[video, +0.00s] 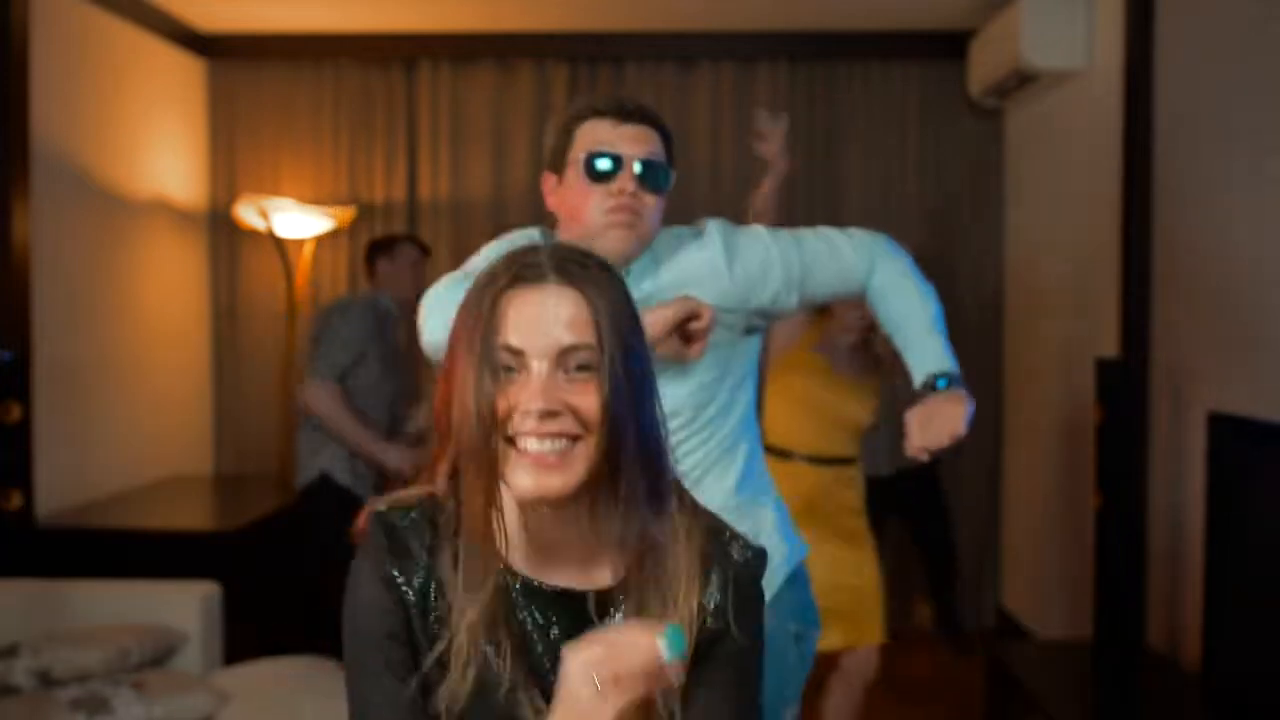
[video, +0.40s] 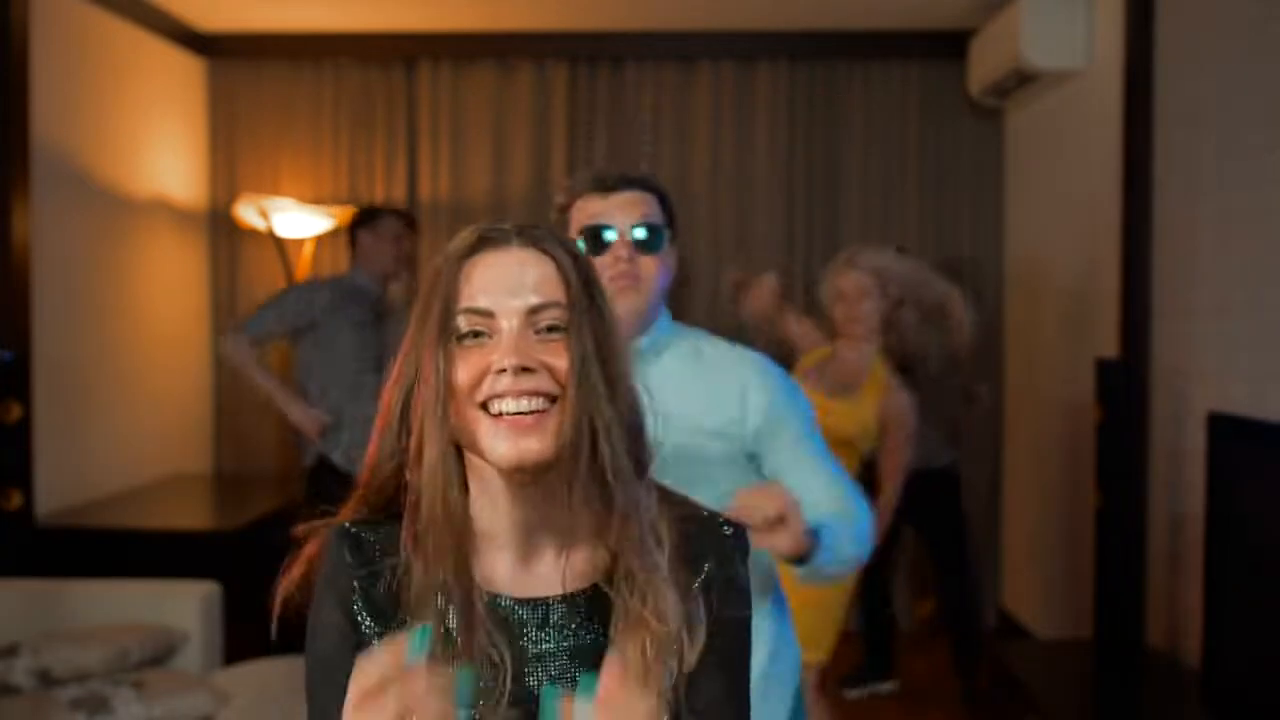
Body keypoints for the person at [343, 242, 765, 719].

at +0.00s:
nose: (541, 402)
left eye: (578, 368)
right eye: (507, 367)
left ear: (625, 387)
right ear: (465, 387)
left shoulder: (716, 571)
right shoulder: (399, 553)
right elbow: (385, 705)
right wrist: (570, 704)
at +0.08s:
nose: (535, 374)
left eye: (572, 340)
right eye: (500, 341)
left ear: (620, 362)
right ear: (457, 366)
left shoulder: (713, 551)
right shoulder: (385, 539)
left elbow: (720, 705)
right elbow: (378, 706)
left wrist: (642, 705)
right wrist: (524, 691)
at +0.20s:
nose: (527, 357)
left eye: (563, 323)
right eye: (488, 326)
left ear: (613, 347)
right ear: (445, 357)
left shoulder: (708, 535)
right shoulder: (376, 537)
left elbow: (714, 705)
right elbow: (364, 705)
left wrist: (629, 702)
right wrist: (469, 675)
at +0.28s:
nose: (523, 357)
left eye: (558, 324)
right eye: (484, 330)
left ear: (608, 352)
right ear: (440, 365)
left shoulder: (705, 539)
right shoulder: (369, 546)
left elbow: (714, 706)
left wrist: (622, 706)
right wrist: (438, 697)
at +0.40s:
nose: (516, 359)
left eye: (549, 328)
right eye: (476, 334)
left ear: (598, 360)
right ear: (432, 376)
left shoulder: (700, 555)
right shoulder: (364, 562)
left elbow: (718, 708)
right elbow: (328, 705)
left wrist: (637, 708)